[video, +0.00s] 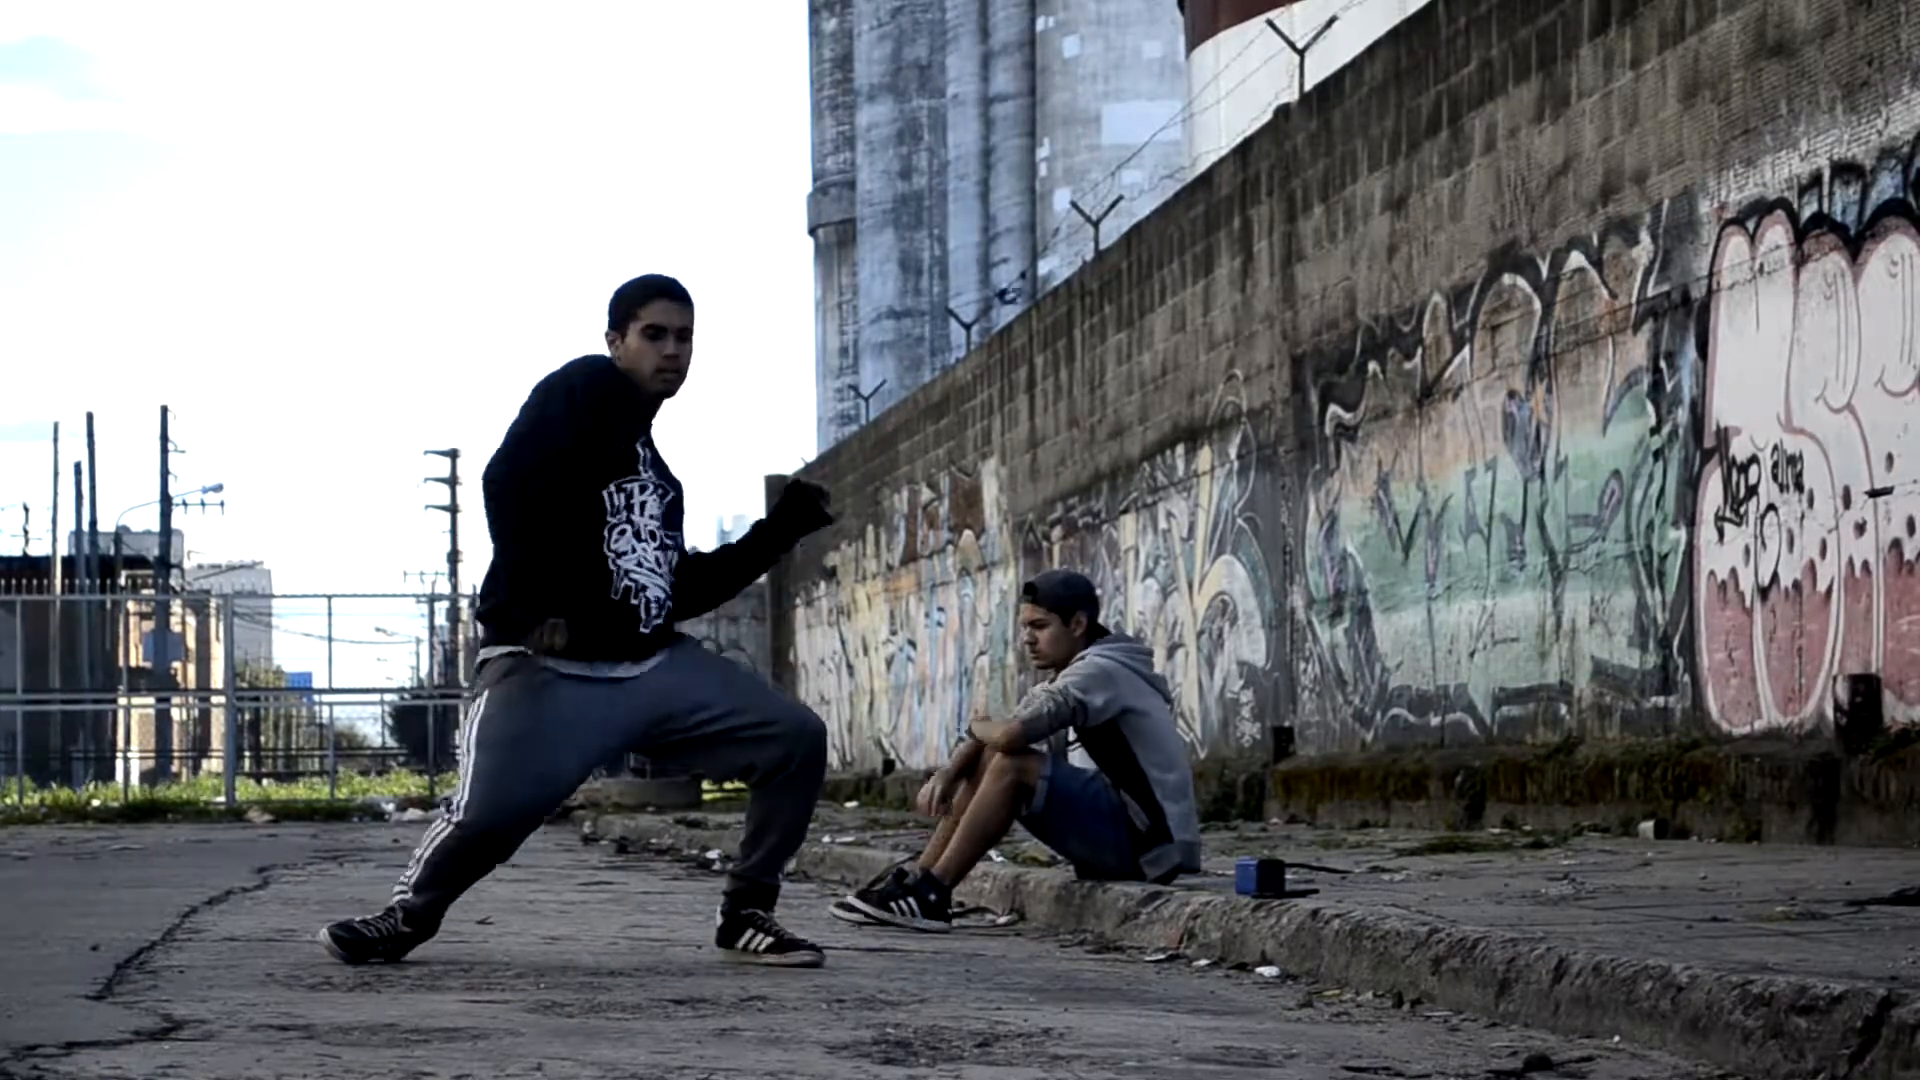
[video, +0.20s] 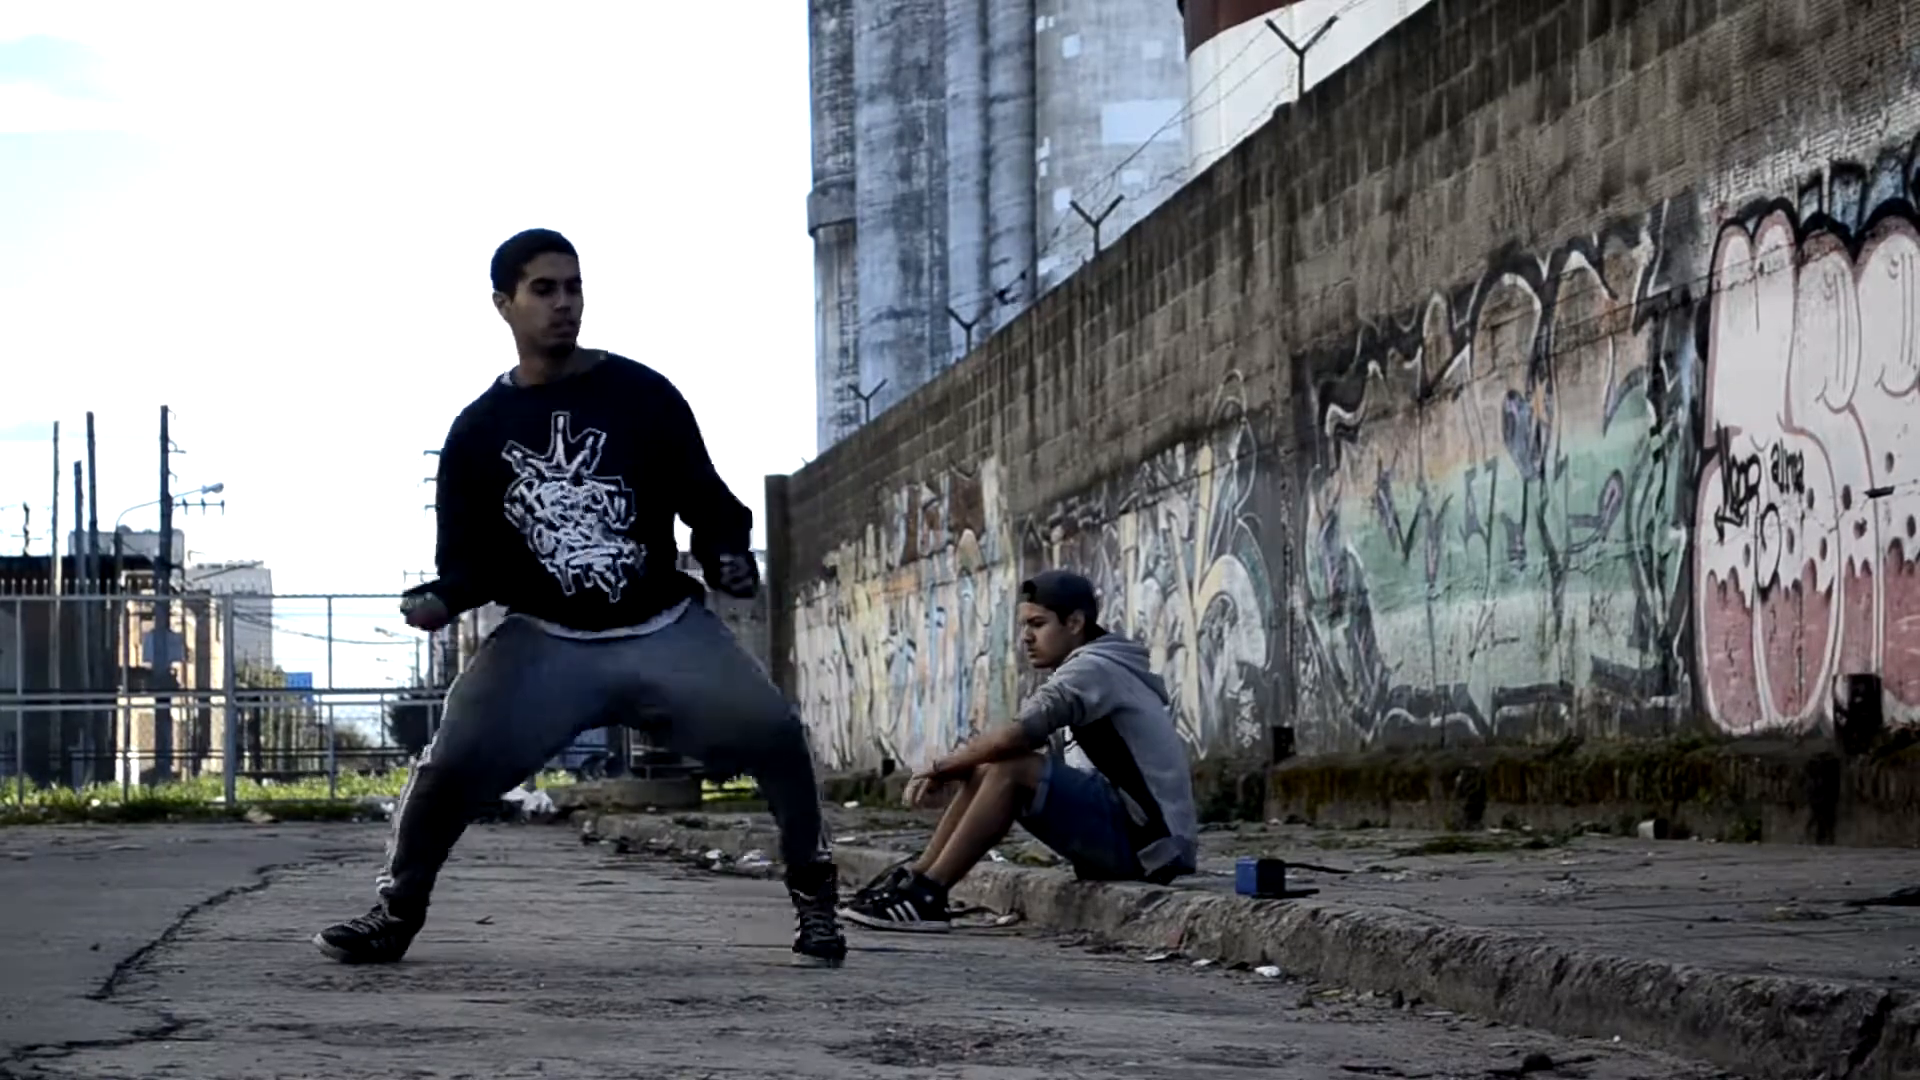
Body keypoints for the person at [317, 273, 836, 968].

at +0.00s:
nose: (674, 351)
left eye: (685, 338)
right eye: (656, 335)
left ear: (693, 349)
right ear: (616, 340)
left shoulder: (659, 480)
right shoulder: (585, 386)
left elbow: (681, 593)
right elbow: (510, 481)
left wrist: (778, 530)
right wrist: (538, 601)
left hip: (658, 664)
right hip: (550, 669)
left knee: (797, 738)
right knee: (489, 816)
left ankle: (747, 916)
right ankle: (406, 920)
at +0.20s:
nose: (564, 303)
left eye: (574, 289)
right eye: (545, 289)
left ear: (585, 299)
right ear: (504, 304)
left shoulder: (643, 394)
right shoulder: (476, 431)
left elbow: (706, 497)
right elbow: (470, 556)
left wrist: (733, 555)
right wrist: (443, 596)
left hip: (667, 632)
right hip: (542, 642)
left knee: (777, 732)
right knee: (450, 762)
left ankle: (816, 903)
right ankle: (396, 914)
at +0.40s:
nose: (574, 236)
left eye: (585, 221)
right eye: (555, 220)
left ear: (597, 233)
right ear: (517, 235)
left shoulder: (660, 316)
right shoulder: (485, 350)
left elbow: (791, 335)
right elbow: (378, 424)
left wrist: (701, 398)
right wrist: (482, 433)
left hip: (670, 594)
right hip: (541, 593)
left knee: (754, 733)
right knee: (437, 733)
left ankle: (786, 901)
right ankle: (391, 916)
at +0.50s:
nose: (597, 192)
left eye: (608, 177)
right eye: (579, 177)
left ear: (620, 185)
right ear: (542, 188)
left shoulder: (681, 283)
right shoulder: (507, 292)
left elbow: (762, 383)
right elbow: (409, 407)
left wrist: (716, 451)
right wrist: (501, 468)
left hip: (670, 557)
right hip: (549, 554)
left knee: (715, 715)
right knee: (475, 696)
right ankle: (442, 837)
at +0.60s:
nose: (599, 206)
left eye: (612, 191)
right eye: (581, 190)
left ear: (626, 202)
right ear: (546, 202)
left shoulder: (677, 296)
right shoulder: (518, 319)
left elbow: (715, 405)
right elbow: (469, 438)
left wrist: (718, 490)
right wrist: (511, 516)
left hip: (672, 562)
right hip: (572, 553)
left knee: (658, 766)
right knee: (524, 707)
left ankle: (548, 884)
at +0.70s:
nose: (591, 234)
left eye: (603, 221)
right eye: (572, 221)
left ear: (619, 234)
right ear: (541, 238)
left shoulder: (685, 325)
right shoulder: (527, 369)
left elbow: (756, 443)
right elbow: (511, 483)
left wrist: (721, 506)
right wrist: (510, 532)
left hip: (684, 581)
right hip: (590, 568)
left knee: (626, 788)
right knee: (581, 693)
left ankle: (532, 895)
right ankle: (492, 689)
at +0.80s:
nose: (600, 230)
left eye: (611, 216)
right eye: (581, 219)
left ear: (629, 228)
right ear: (552, 239)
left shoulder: (695, 301)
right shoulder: (552, 374)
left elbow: (801, 377)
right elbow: (555, 507)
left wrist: (701, 417)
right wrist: (504, 516)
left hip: (725, 569)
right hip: (625, 562)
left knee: (685, 754)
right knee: (634, 683)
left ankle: (544, 885)